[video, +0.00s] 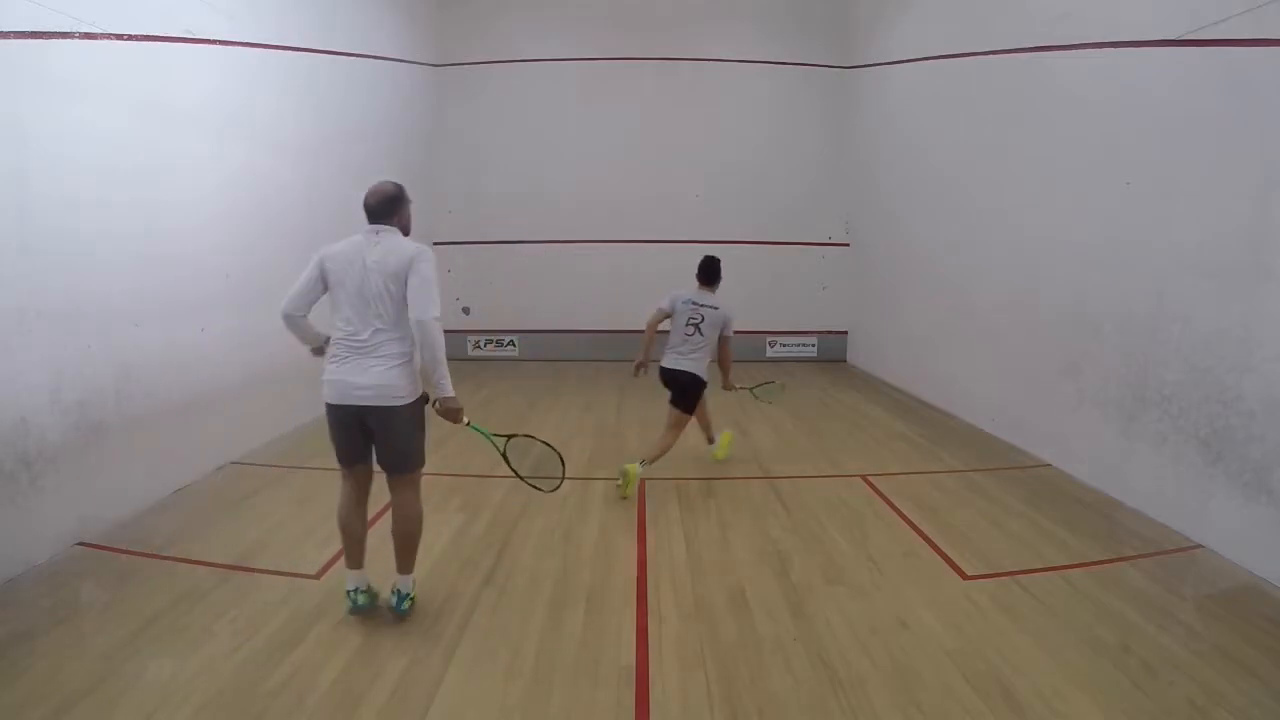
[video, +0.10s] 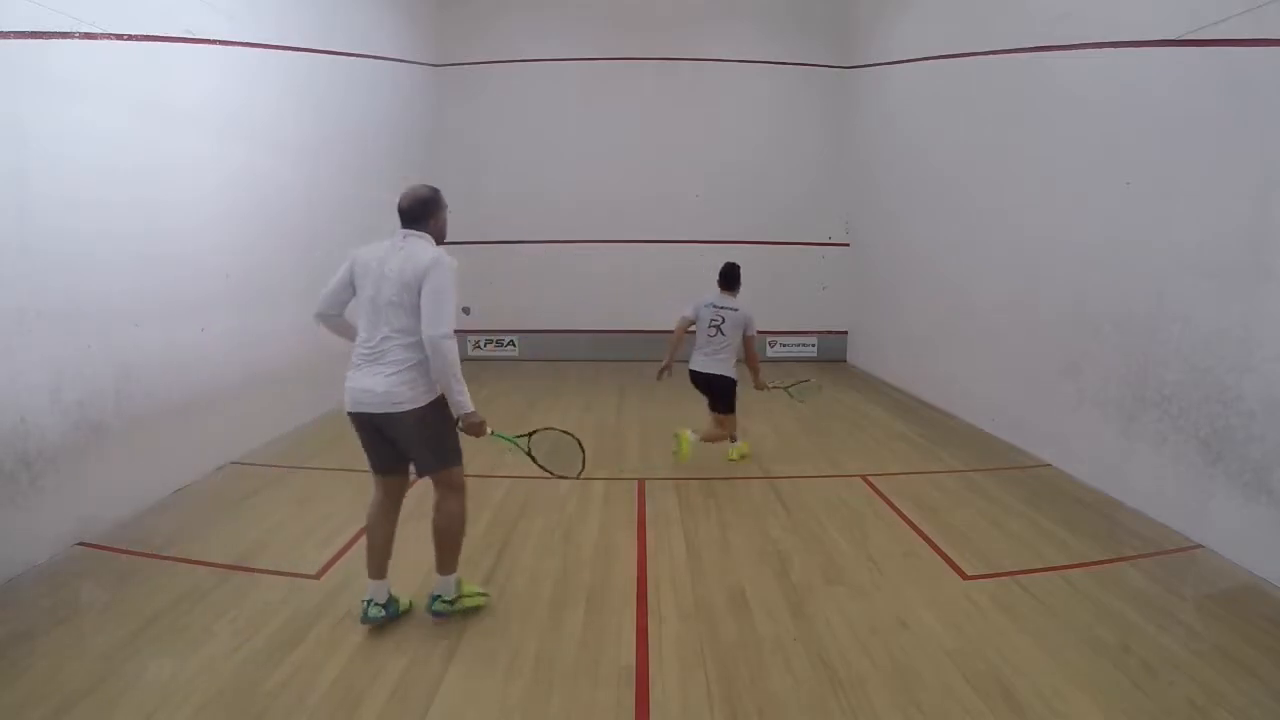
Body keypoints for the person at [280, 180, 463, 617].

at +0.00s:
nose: (412, 218)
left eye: (410, 211)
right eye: (411, 212)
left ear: (366, 216)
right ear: (403, 215)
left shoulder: (333, 255)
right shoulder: (414, 254)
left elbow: (291, 311)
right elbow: (425, 323)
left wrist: (318, 343)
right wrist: (444, 392)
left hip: (340, 396)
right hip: (395, 396)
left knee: (353, 482)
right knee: (404, 489)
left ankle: (355, 586)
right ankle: (403, 588)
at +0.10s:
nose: (447, 223)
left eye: (445, 215)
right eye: (445, 216)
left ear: (402, 220)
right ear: (436, 220)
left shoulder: (365, 256)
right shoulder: (436, 262)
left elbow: (326, 312)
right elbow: (437, 338)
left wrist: (369, 340)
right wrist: (464, 408)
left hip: (361, 400)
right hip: (412, 399)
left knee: (389, 487)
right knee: (450, 485)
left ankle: (377, 597)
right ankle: (446, 590)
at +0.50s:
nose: (639, 238)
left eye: (638, 231)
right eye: (636, 231)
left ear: (595, 229)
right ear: (621, 234)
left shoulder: (560, 261)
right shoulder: (598, 283)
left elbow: (523, 314)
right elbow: (579, 373)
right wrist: (584, 452)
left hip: (531, 413)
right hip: (563, 419)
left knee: (551, 495)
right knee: (609, 508)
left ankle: (471, 562)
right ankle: (600, 606)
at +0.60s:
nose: (685, 239)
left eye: (686, 231)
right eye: (684, 231)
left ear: (641, 224)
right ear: (673, 231)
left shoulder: (602, 255)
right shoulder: (642, 275)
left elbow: (565, 306)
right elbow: (624, 365)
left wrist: (599, 343)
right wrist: (632, 446)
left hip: (572, 406)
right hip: (597, 414)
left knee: (613, 492)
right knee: (624, 507)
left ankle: (574, 571)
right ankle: (601, 606)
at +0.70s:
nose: (728, 233)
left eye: (727, 225)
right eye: (727, 226)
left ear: (682, 224)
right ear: (720, 230)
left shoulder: (649, 256)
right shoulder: (688, 276)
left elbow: (604, 304)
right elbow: (670, 367)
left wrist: (604, 362)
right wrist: (686, 447)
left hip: (624, 408)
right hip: (639, 417)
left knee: (687, 477)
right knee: (638, 510)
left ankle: (687, 578)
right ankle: (600, 605)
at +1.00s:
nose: (853, 241)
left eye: (847, 235)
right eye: (852, 236)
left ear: (804, 240)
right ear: (848, 244)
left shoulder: (779, 275)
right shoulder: (833, 296)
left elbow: (737, 327)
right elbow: (834, 387)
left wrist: (727, 378)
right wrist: (856, 454)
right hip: (785, 438)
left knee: (828, 495)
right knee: (804, 534)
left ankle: (810, 587)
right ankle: (700, 574)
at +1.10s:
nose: (894, 235)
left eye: (887, 228)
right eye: (894, 229)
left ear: (847, 232)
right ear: (889, 236)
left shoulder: (820, 267)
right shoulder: (875, 291)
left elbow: (781, 322)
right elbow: (879, 384)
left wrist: (801, 371)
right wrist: (905, 450)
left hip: (798, 419)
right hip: (829, 429)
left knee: (839, 497)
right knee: (879, 520)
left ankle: (811, 582)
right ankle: (797, 589)